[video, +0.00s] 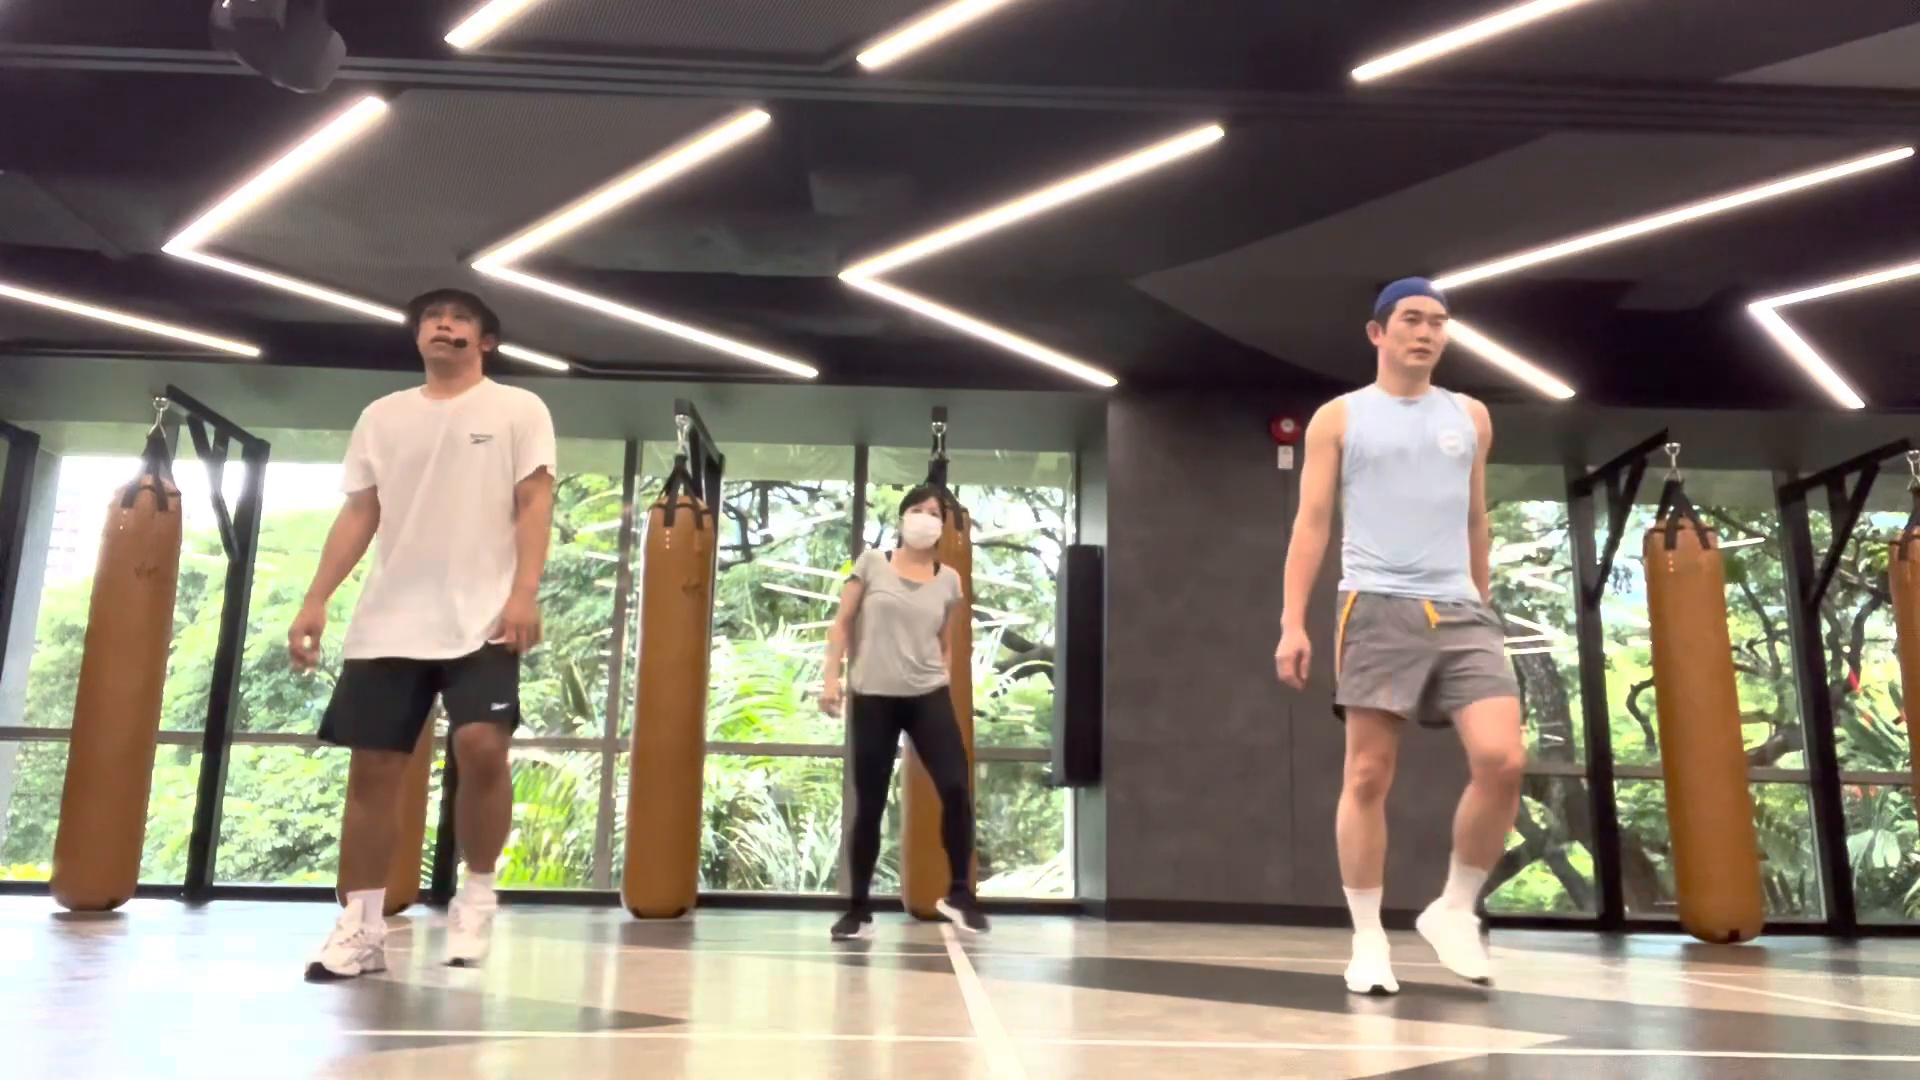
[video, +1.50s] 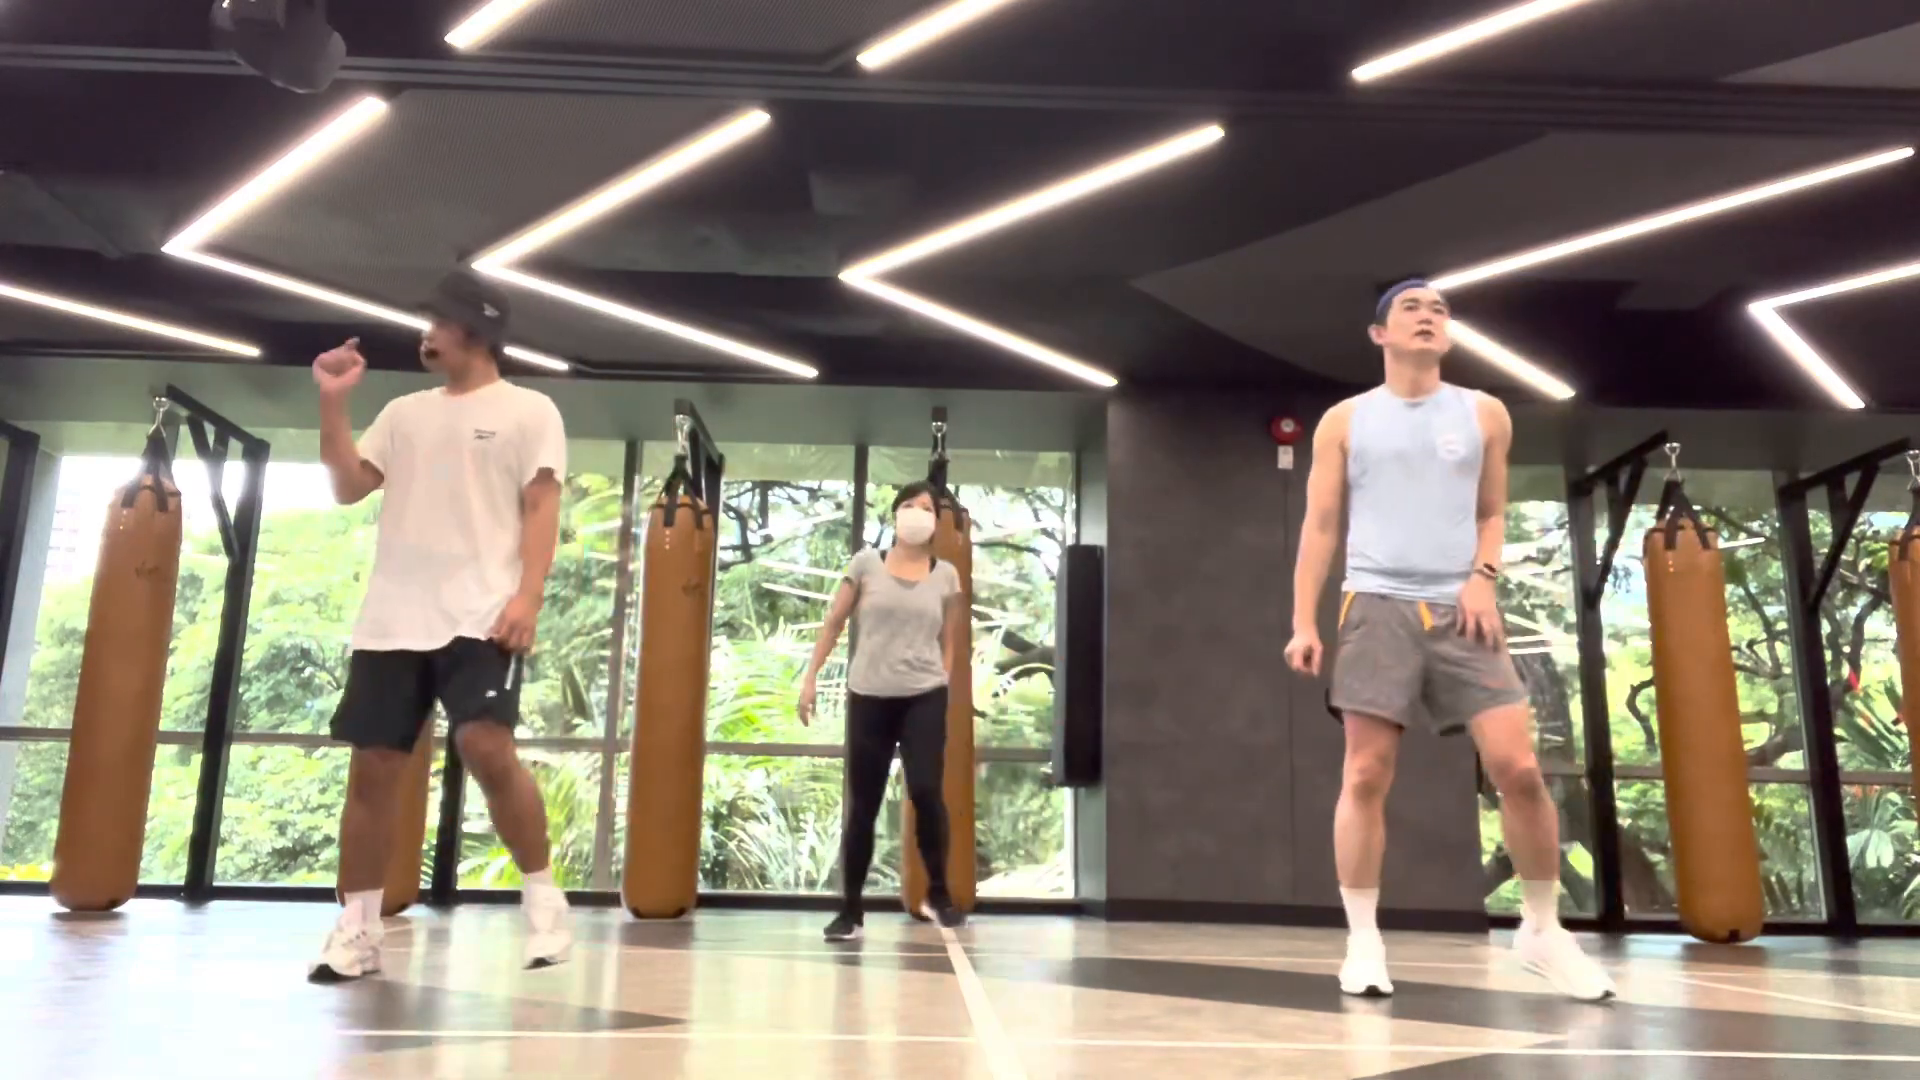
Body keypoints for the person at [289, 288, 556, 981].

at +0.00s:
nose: (447, 327)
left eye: (463, 319)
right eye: (435, 318)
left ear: (487, 342)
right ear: (416, 337)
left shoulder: (520, 410)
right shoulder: (381, 416)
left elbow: (534, 502)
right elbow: (357, 515)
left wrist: (525, 592)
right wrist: (316, 600)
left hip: (483, 618)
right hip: (392, 618)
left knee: (484, 750)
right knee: (372, 768)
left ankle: (475, 900)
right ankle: (359, 927)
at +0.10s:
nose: (463, 327)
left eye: (479, 319)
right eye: (451, 316)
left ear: (501, 342)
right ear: (431, 334)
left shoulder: (531, 411)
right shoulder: (393, 413)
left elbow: (547, 507)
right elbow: (372, 512)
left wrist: (542, 591)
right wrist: (338, 590)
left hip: (492, 618)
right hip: (401, 618)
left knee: (509, 748)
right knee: (372, 764)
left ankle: (536, 892)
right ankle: (362, 927)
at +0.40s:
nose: (542, 333)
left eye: (557, 323)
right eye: (529, 323)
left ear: (579, 344)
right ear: (510, 342)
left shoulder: (609, 417)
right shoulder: (477, 419)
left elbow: (621, 518)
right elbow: (453, 518)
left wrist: (611, 604)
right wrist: (397, 568)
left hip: (563, 626)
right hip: (470, 623)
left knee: (576, 770)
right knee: (412, 767)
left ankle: (600, 930)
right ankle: (370, 923)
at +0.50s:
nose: (561, 327)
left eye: (575, 318)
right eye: (548, 317)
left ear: (596, 341)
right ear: (528, 338)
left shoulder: (628, 414)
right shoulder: (498, 420)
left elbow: (653, 512)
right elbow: (488, 513)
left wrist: (645, 602)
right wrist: (430, 510)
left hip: (585, 620)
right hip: (495, 616)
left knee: (586, 769)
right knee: (428, 747)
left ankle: (601, 929)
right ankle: (403, 907)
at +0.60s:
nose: (573, 323)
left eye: (587, 315)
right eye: (563, 314)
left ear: (610, 336)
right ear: (542, 335)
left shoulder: (639, 411)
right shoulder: (513, 416)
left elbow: (665, 506)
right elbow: (486, 508)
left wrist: (659, 597)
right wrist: (444, 451)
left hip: (597, 615)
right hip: (509, 610)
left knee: (590, 768)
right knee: (451, 739)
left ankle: (601, 932)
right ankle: (465, 895)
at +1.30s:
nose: (473, 339)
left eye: (487, 329)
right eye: (473, 329)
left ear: (524, 341)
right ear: (478, 343)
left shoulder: (565, 420)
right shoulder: (439, 423)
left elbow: (585, 518)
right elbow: (382, 479)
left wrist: (584, 601)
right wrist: (392, 387)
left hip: (521, 630)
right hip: (428, 630)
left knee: (552, 776)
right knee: (387, 768)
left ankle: (597, 928)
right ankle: (358, 930)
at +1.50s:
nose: (425, 333)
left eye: (438, 322)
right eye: (429, 321)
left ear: (475, 331)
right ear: (449, 332)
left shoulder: (530, 412)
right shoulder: (403, 411)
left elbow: (541, 508)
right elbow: (348, 484)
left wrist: (528, 595)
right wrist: (333, 399)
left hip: (482, 618)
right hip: (392, 619)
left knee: (485, 748)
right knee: (371, 768)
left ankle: (544, 905)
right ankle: (357, 930)